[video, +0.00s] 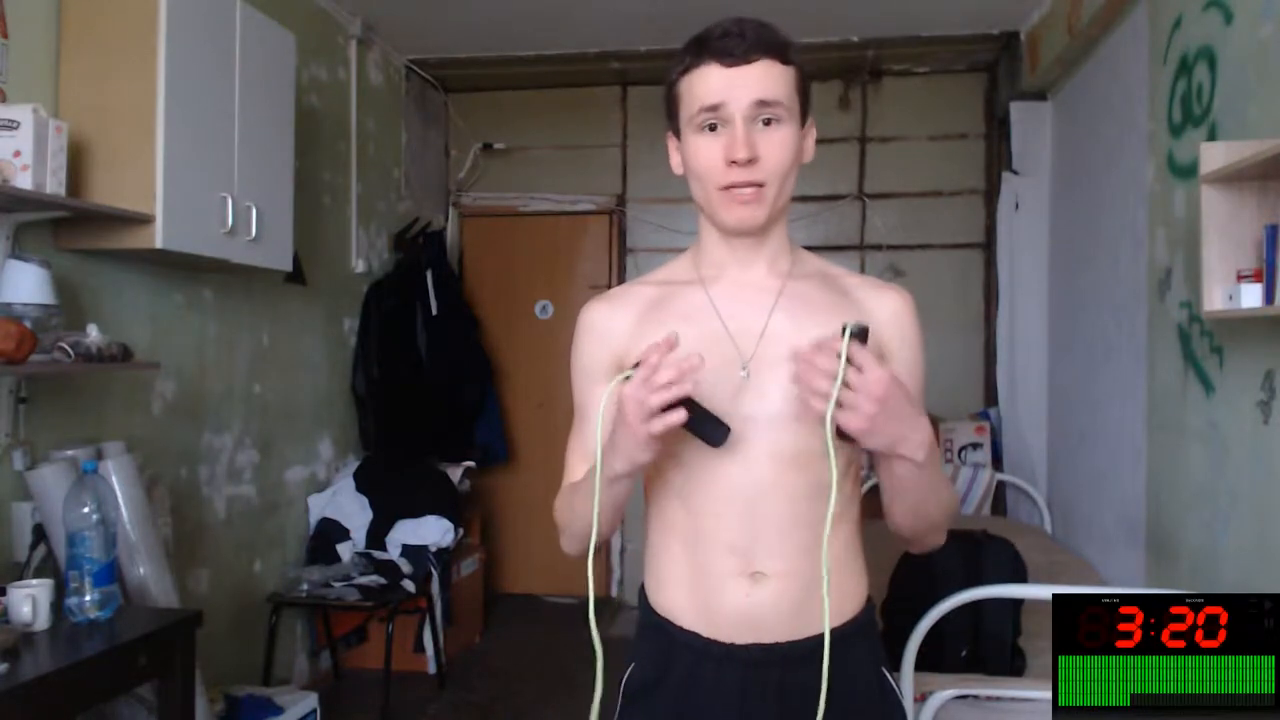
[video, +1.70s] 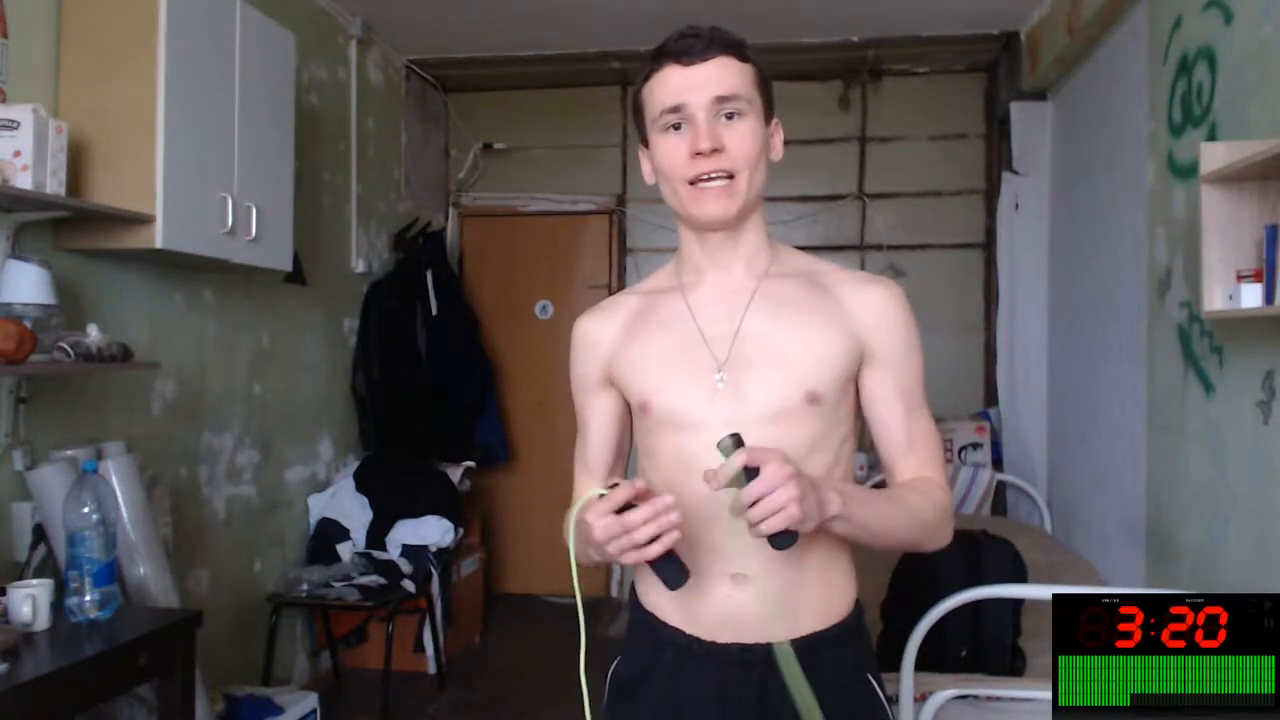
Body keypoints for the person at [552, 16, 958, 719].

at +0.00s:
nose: (740, 150)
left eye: (767, 120)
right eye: (712, 125)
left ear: (806, 143)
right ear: (676, 154)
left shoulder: (879, 312)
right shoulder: (614, 321)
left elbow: (923, 532)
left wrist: (910, 444)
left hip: (836, 672)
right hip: (677, 671)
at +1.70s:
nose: (705, 143)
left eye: (730, 114)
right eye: (676, 124)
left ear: (772, 140)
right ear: (648, 162)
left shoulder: (867, 307)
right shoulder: (606, 334)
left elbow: (932, 515)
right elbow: (586, 507)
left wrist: (828, 499)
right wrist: (596, 535)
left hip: (824, 677)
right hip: (667, 677)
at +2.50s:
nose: (726, 124)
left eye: (755, 108)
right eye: (700, 105)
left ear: (789, 152)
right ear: (662, 147)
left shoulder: (868, 303)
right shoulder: (603, 327)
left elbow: (948, 517)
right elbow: (573, 506)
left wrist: (833, 415)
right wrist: (602, 536)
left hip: (826, 669)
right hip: (671, 670)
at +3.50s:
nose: (721, 160)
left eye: (746, 128)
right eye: (692, 134)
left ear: (783, 145)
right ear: (654, 157)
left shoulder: (867, 313)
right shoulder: (605, 328)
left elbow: (932, 532)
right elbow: (585, 491)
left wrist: (888, 468)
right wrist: (591, 543)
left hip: (818, 671)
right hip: (664, 669)